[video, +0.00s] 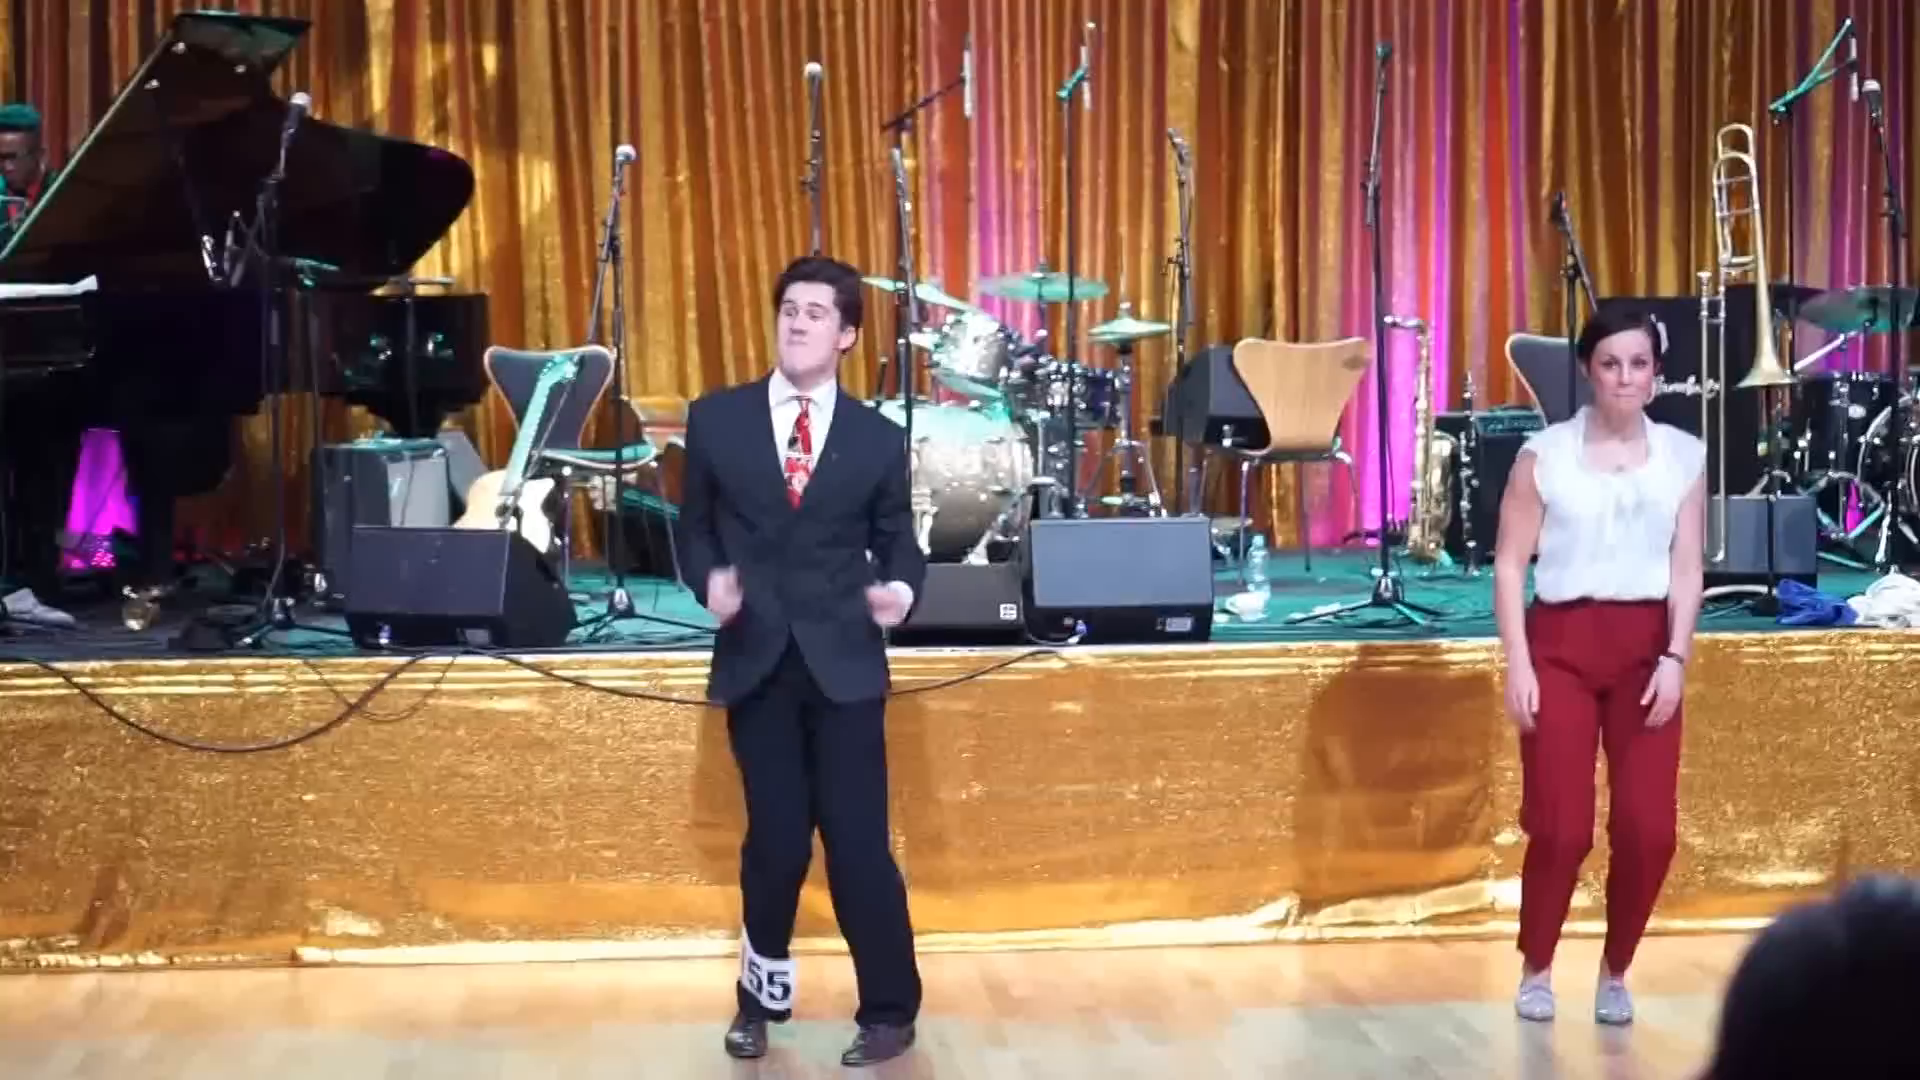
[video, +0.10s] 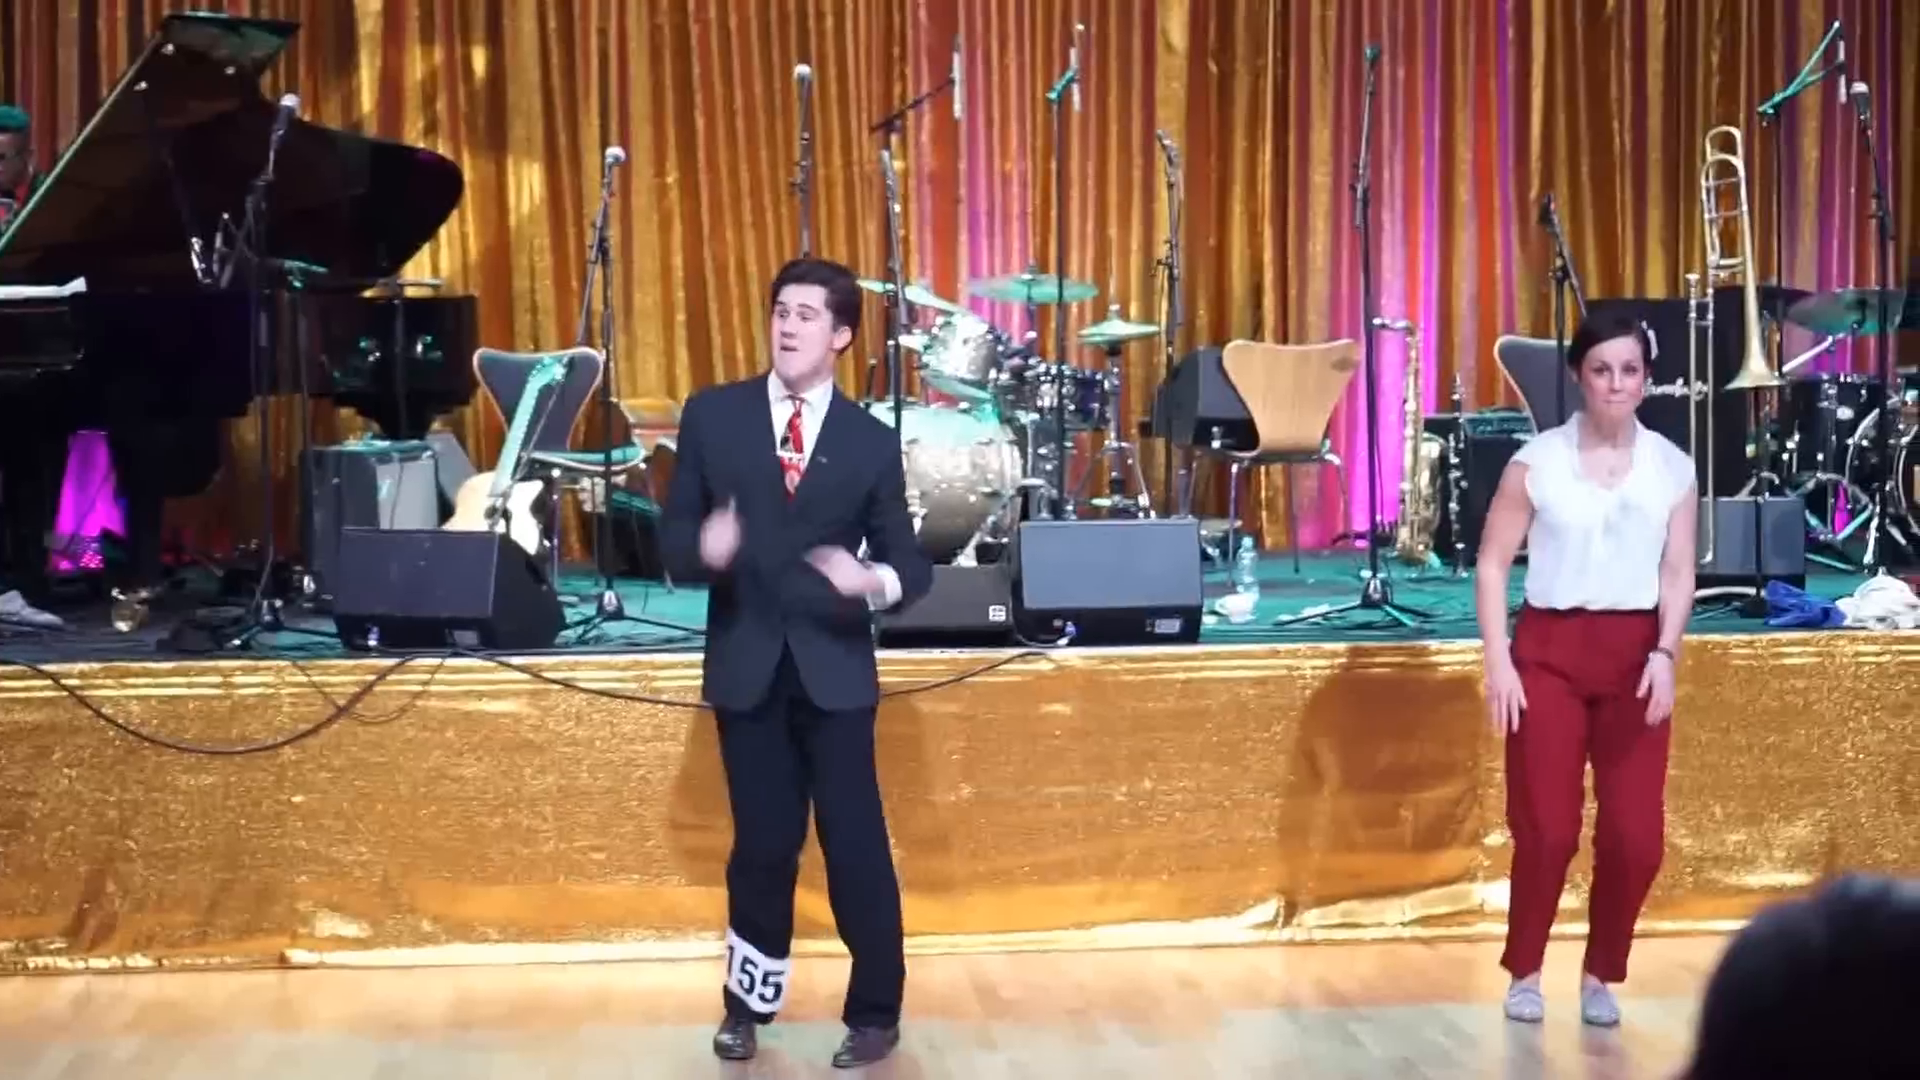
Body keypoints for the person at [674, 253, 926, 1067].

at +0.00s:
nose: (798, 325)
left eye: (816, 315)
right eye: (789, 310)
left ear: (847, 335)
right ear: (773, 323)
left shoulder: (879, 436)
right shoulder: (717, 416)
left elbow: (897, 535)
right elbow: (694, 527)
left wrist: (901, 584)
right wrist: (710, 577)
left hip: (847, 650)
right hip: (757, 648)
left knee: (858, 839)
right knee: (777, 833)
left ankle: (888, 1013)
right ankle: (759, 996)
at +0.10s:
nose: (788, 328)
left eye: (807, 316)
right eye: (781, 312)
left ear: (841, 335)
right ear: (767, 324)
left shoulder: (871, 438)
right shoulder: (712, 413)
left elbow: (909, 562)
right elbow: (672, 544)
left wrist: (876, 580)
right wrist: (701, 544)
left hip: (835, 660)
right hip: (746, 658)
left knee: (855, 840)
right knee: (765, 836)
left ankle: (875, 1013)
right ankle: (746, 1004)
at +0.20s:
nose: (786, 307)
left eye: (805, 295)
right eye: (783, 291)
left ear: (848, 314)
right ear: (774, 301)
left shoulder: (873, 405)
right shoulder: (724, 373)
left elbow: (932, 515)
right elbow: (633, 463)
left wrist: (845, 494)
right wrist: (689, 419)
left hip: (822, 632)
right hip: (726, 625)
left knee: (855, 823)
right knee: (711, 814)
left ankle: (858, 1009)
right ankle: (719, 994)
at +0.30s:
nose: (790, 295)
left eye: (809, 285)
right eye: (787, 280)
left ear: (852, 302)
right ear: (778, 286)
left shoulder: (882, 372)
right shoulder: (747, 333)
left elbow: (946, 455)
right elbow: (641, 361)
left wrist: (863, 389)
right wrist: (666, 318)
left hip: (802, 588)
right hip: (706, 570)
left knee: (824, 780)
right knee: (632, 724)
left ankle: (858, 968)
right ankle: (652, 896)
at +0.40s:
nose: (787, 328)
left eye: (805, 318)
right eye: (784, 313)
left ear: (847, 335)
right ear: (775, 314)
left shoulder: (868, 391)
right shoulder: (753, 353)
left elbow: (885, 475)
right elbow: (666, 372)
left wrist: (875, 367)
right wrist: (674, 302)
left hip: (793, 596)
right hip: (704, 567)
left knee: (804, 784)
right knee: (582, 636)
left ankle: (846, 982)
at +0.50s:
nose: (781, 391)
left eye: (800, 383)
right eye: (778, 374)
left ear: (844, 392)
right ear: (770, 367)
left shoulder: (865, 460)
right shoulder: (752, 411)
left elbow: (828, 522)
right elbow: (682, 455)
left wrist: (783, 443)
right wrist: (743, 407)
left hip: (792, 647)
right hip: (706, 609)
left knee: (794, 822)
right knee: (563, 661)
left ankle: (822, 1017)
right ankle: (397, 694)